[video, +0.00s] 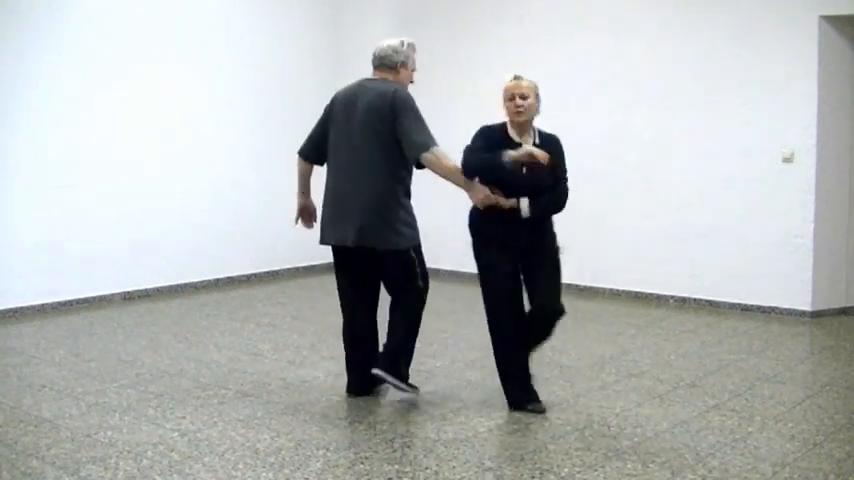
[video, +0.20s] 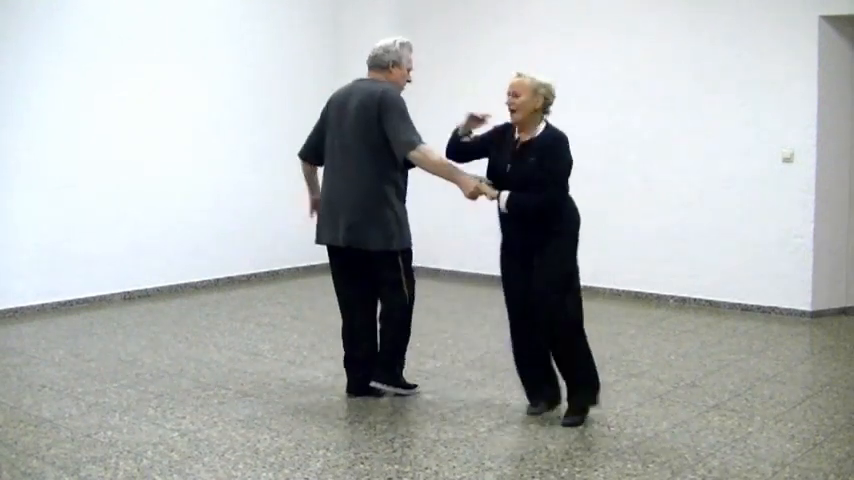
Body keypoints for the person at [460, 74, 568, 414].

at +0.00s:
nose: (517, 103)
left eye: (524, 97)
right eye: (511, 98)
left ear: (537, 103)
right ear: (504, 104)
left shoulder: (550, 144)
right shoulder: (488, 136)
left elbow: (559, 197)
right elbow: (470, 166)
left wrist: (514, 203)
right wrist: (513, 156)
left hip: (537, 236)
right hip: (494, 237)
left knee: (549, 308)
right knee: (506, 316)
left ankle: (513, 348)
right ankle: (520, 397)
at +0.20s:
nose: (509, 100)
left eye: (517, 95)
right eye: (509, 94)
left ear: (540, 103)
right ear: (509, 100)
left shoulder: (554, 143)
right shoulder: (501, 136)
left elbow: (548, 202)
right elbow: (455, 154)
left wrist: (499, 195)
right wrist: (465, 130)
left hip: (554, 242)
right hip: (516, 241)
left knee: (558, 316)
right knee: (523, 318)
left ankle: (581, 394)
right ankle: (543, 394)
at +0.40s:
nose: (511, 99)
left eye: (517, 94)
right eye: (513, 93)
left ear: (536, 100)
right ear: (535, 100)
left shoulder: (547, 140)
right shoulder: (532, 133)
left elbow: (517, 194)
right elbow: (492, 138)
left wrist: (482, 180)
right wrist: (475, 107)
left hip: (564, 238)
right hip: (548, 237)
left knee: (545, 319)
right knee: (536, 318)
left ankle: (584, 393)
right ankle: (554, 396)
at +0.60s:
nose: (528, 104)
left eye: (532, 97)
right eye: (530, 97)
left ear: (548, 104)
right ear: (563, 105)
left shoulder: (543, 142)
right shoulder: (584, 137)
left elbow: (503, 192)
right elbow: (554, 163)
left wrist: (467, 175)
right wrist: (527, 139)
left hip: (557, 243)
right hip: (593, 239)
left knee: (542, 324)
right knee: (572, 320)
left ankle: (568, 412)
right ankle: (559, 398)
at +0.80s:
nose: (545, 113)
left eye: (548, 107)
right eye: (547, 107)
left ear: (559, 111)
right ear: (585, 113)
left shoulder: (545, 147)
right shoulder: (612, 148)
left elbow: (501, 196)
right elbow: (642, 196)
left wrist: (462, 193)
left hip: (558, 252)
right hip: (607, 253)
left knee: (558, 332)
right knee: (590, 327)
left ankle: (572, 422)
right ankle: (572, 403)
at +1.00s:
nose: (563, 108)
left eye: (565, 103)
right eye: (564, 102)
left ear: (573, 106)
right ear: (603, 105)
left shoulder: (558, 139)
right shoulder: (628, 139)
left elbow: (523, 188)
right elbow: (664, 187)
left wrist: (499, 173)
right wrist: (715, 222)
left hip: (562, 243)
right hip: (615, 244)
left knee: (566, 331)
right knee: (610, 328)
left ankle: (569, 425)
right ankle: (608, 417)